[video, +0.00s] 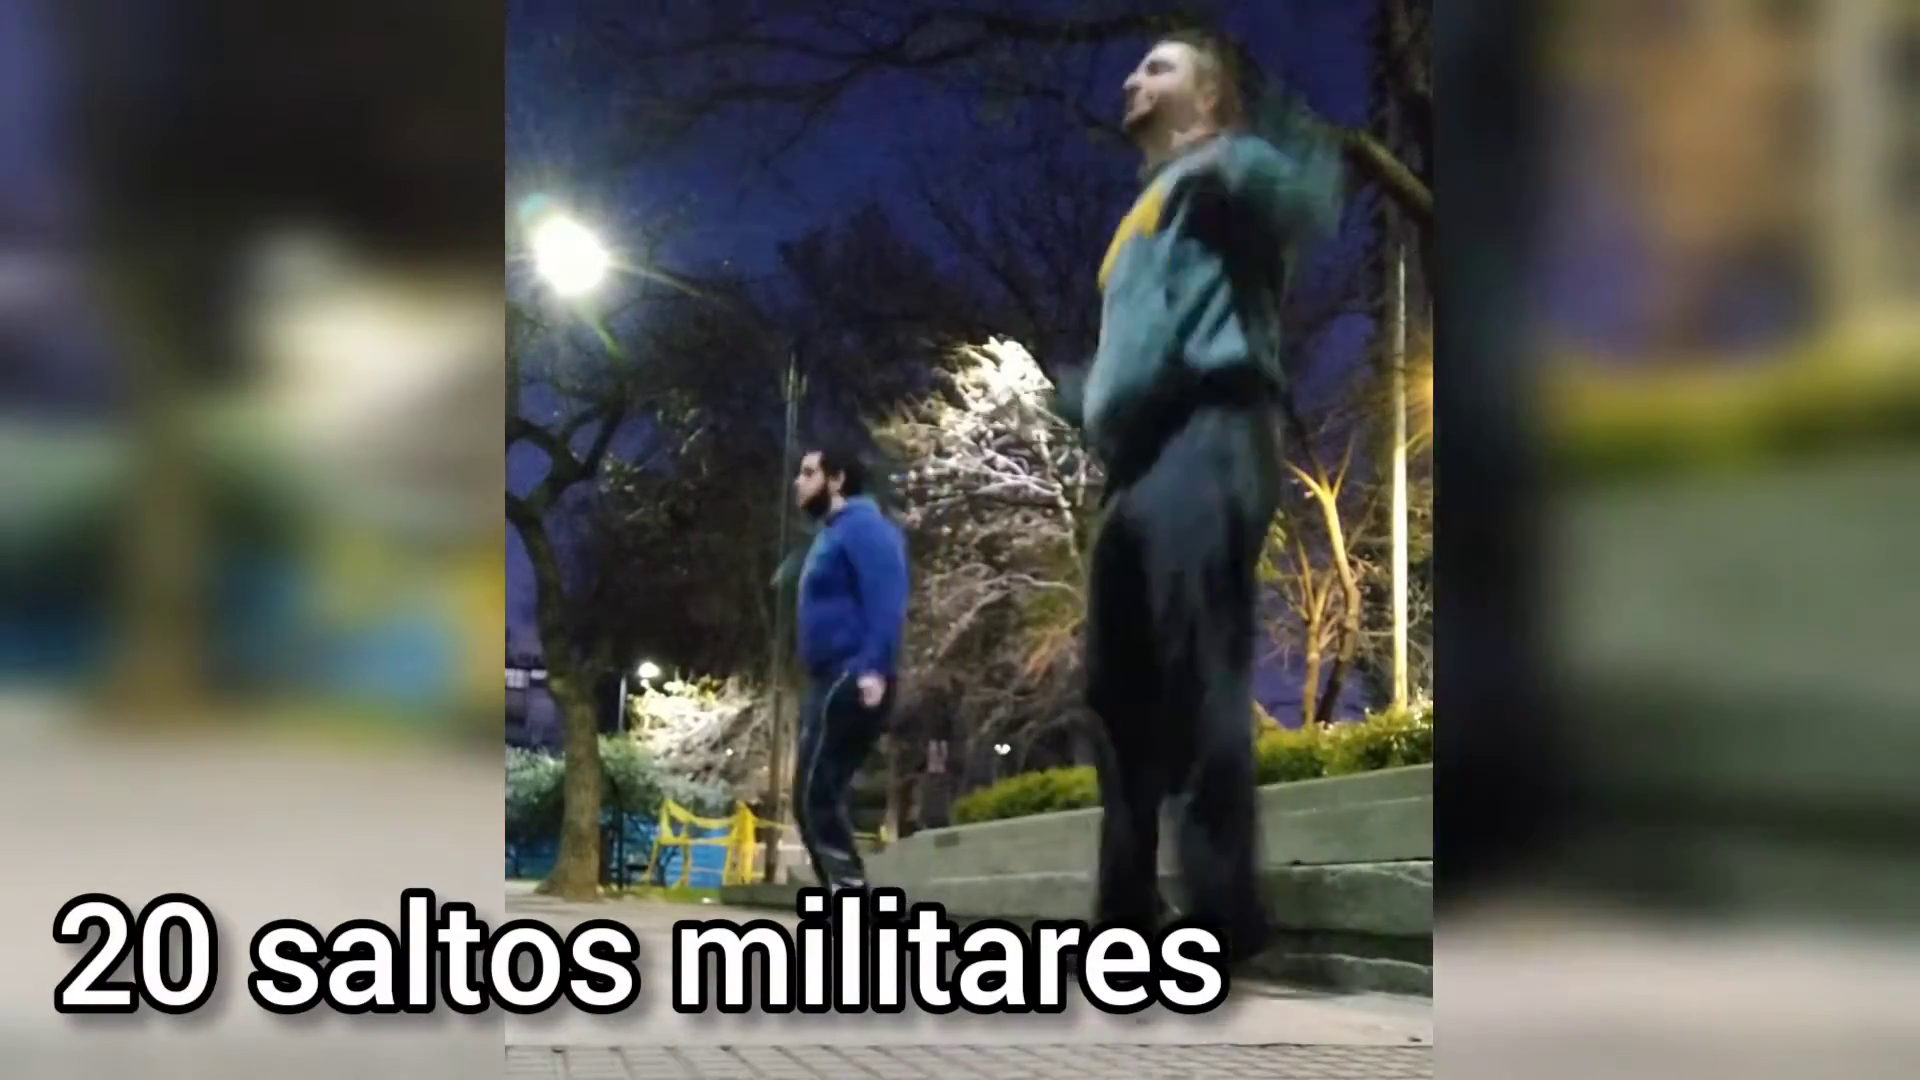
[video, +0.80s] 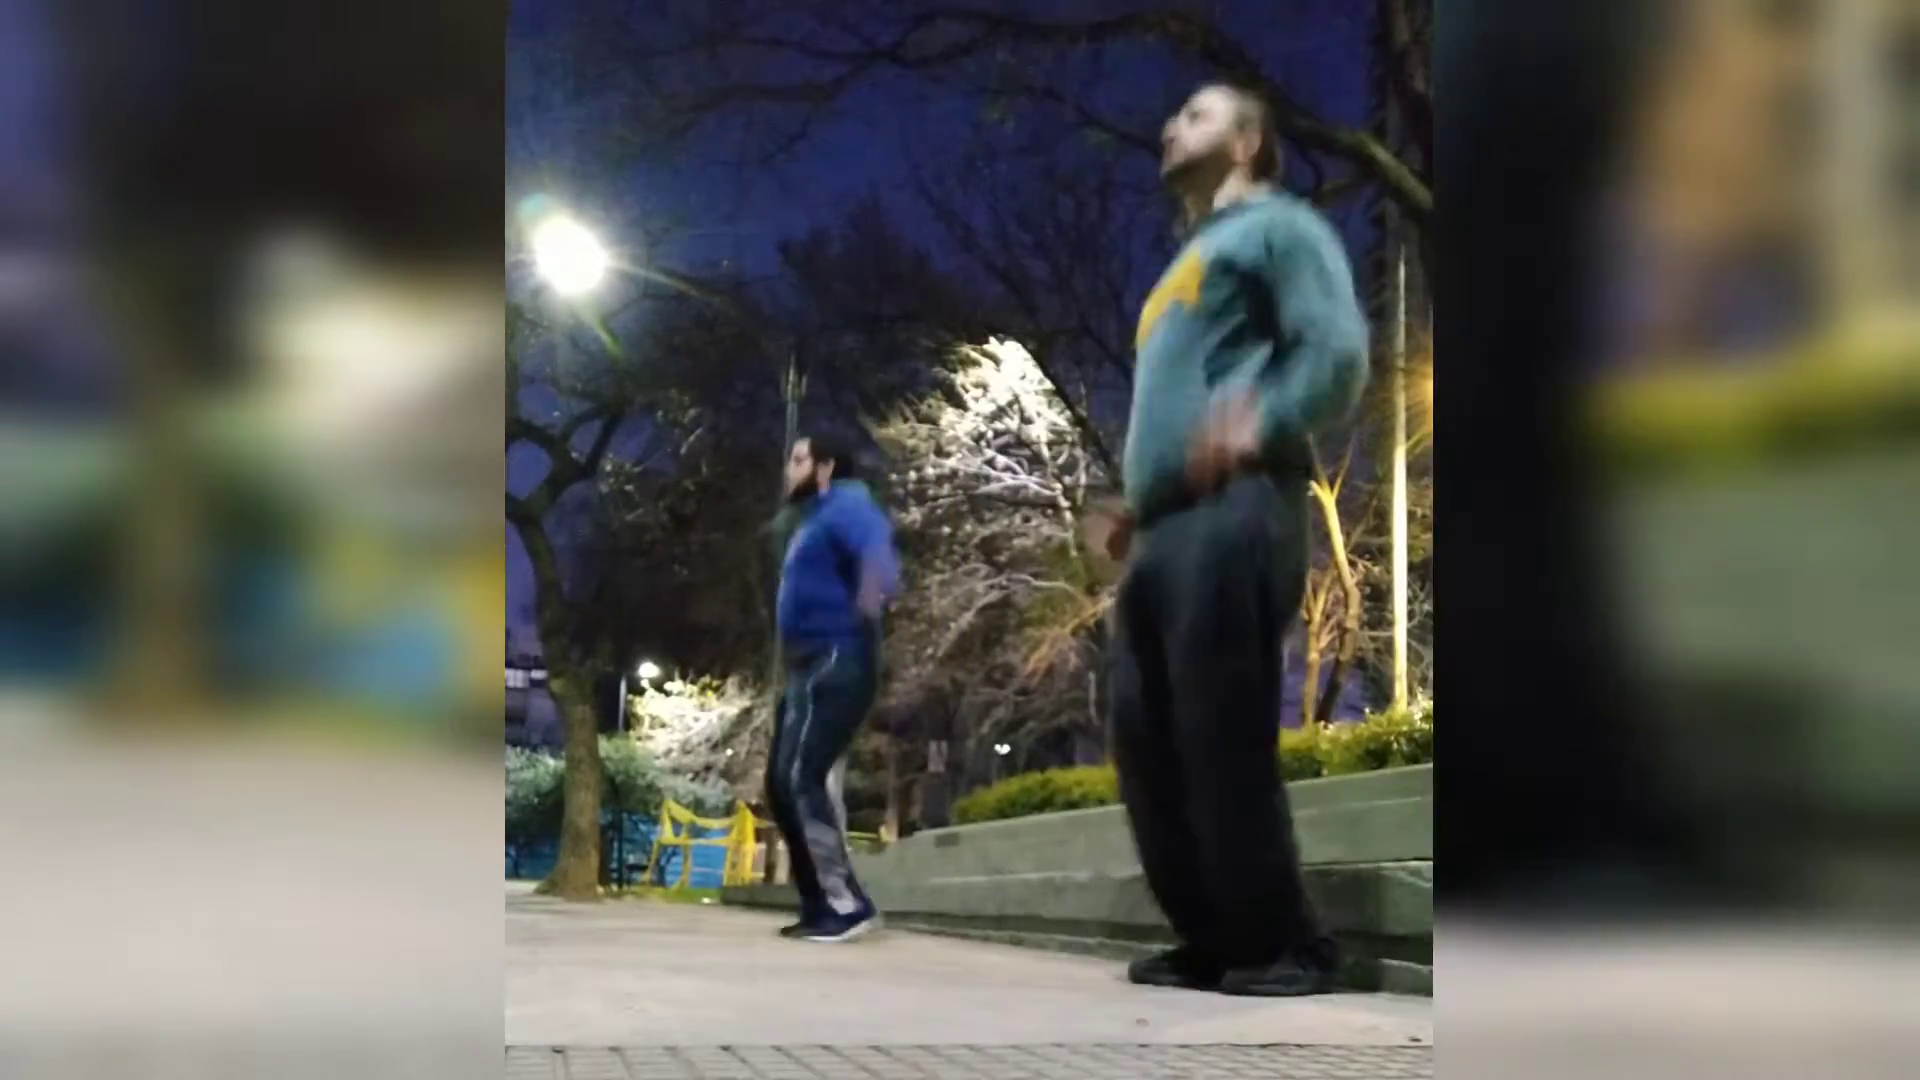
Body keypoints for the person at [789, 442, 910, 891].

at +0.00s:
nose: (798, 482)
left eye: (807, 473)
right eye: (800, 473)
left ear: (836, 479)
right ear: (828, 480)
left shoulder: (862, 524)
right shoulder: (832, 531)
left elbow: (885, 594)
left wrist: (873, 666)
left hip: (853, 676)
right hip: (825, 677)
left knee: (818, 797)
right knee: (809, 797)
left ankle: (848, 889)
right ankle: (838, 889)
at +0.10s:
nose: (803, 454)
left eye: (811, 444)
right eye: (804, 445)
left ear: (841, 449)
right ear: (831, 452)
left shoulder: (863, 490)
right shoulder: (828, 502)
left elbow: (875, 555)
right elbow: (820, 578)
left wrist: (869, 619)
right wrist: (803, 644)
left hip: (848, 643)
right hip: (815, 648)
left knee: (833, 765)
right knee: (812, 771)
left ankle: (851, 880)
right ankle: (832, 879)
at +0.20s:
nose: (805, 439)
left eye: (815, 430)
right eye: (806, 431)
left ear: (841, 435)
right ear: (817, 441)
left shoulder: (864, 475)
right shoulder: (816, 489)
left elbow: (884, 517)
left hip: (842, 624)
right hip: (809, 625)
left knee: (837, 747)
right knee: (814, 755)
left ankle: (857, 873)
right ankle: (832, 871)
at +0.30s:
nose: (804, 445)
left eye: (813, 437)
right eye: (804, 438)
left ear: (840, 445)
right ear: (812, 450)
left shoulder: (855, 492)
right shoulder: (811, 496)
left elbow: (869, 426)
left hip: (843, 630)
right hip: (806, 633)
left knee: (838, 753)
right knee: (808, 758)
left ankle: (858, 872)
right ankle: (822, 873)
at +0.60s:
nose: (799, 451)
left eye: (808, 441)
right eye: (798, 442)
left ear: (836, 446)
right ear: (813, 453)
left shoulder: (857, 485)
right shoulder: (810, 496)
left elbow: (878, 423)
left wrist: (863, 353)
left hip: (837, 627)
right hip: (800, 630)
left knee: (831, 753)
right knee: (805, 761)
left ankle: (861, 881)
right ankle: (815, 888)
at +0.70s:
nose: (794, 447)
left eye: (804, 438)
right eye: (795, 439)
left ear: (831, 444)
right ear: (809, 448)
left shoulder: (849, 478)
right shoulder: (806, 496)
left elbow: (881, 502)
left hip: (837, 628)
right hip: (804, 634)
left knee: (814, 751)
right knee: (794, 760)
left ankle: (853, 878)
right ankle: (813, 889)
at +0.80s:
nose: (791, 468)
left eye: (799, 458)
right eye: (792, 458)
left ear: (827, 464)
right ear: (815, 467)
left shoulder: (847, 502)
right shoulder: (811, 515)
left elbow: (877, 552)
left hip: (839, 653)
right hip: (804, 658)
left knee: (800, 775)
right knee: (780, 779)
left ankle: (845, 902)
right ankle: (817, 904)